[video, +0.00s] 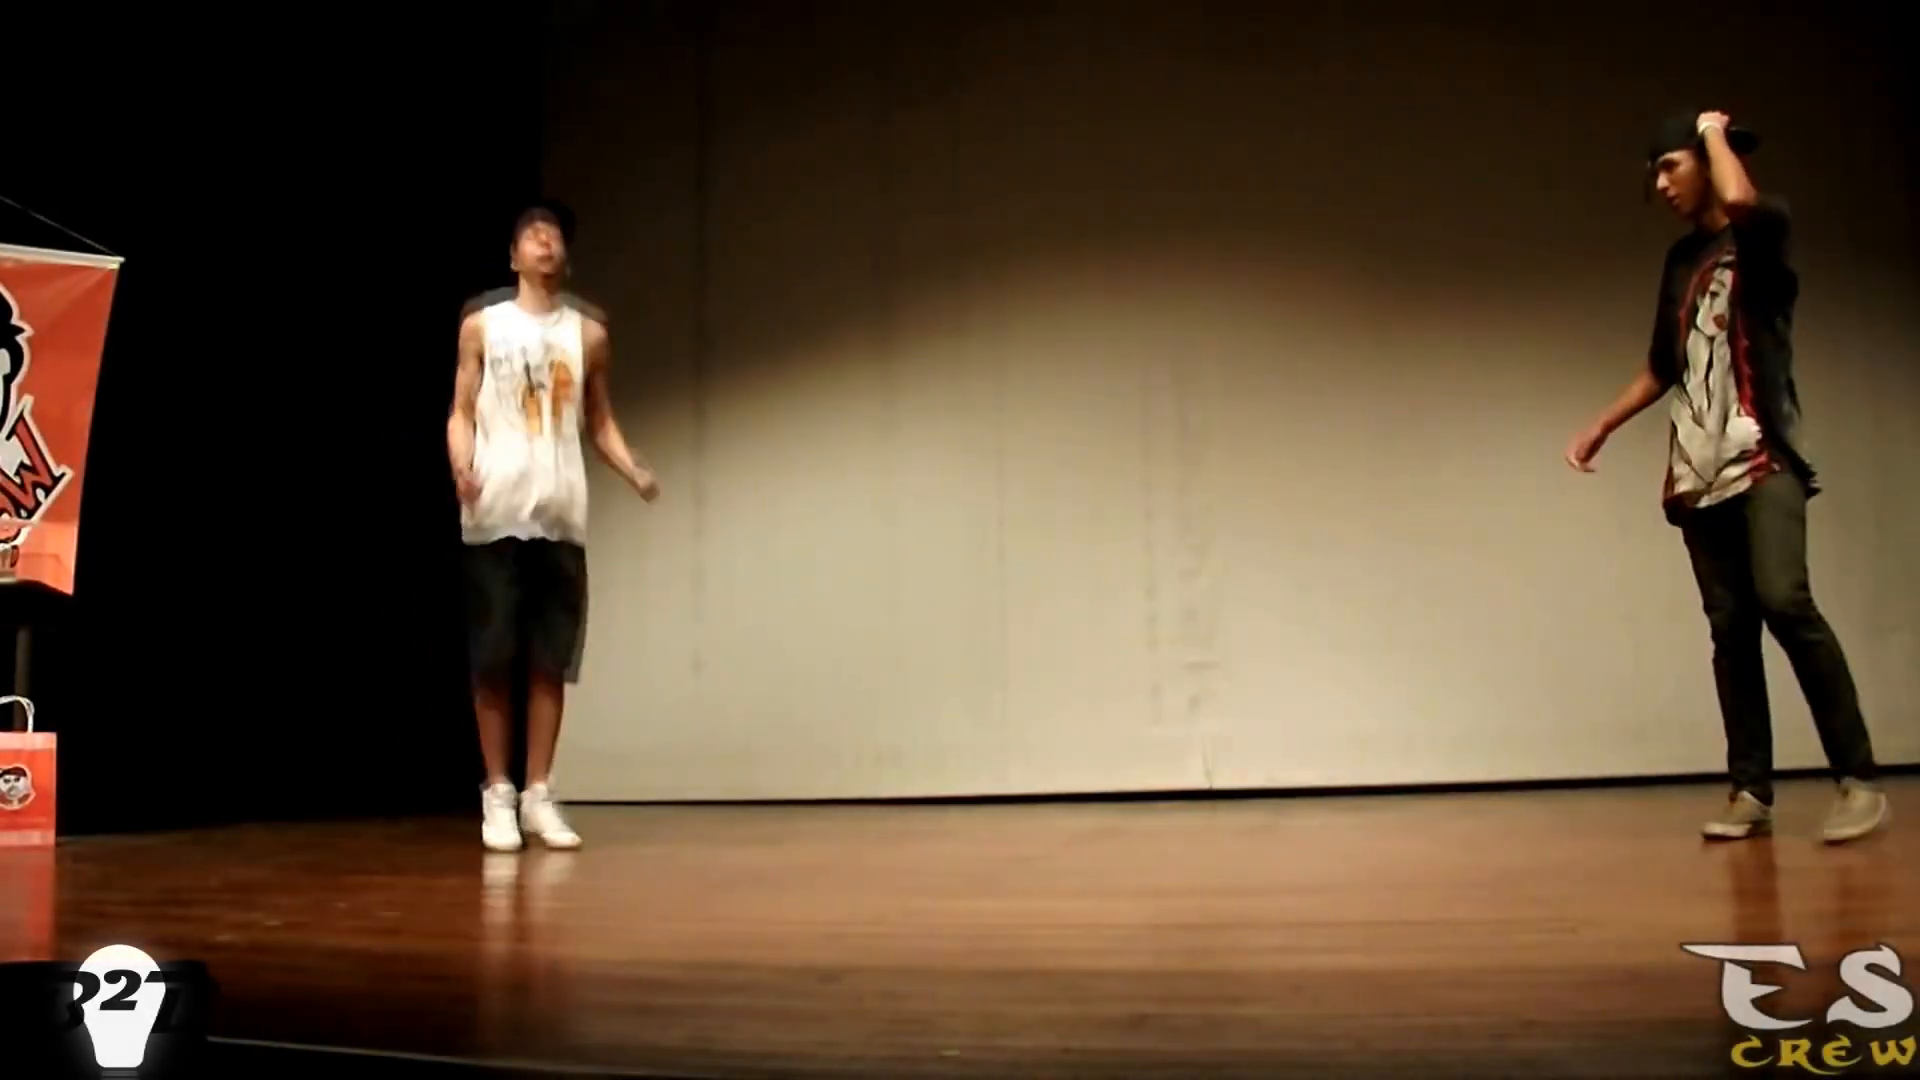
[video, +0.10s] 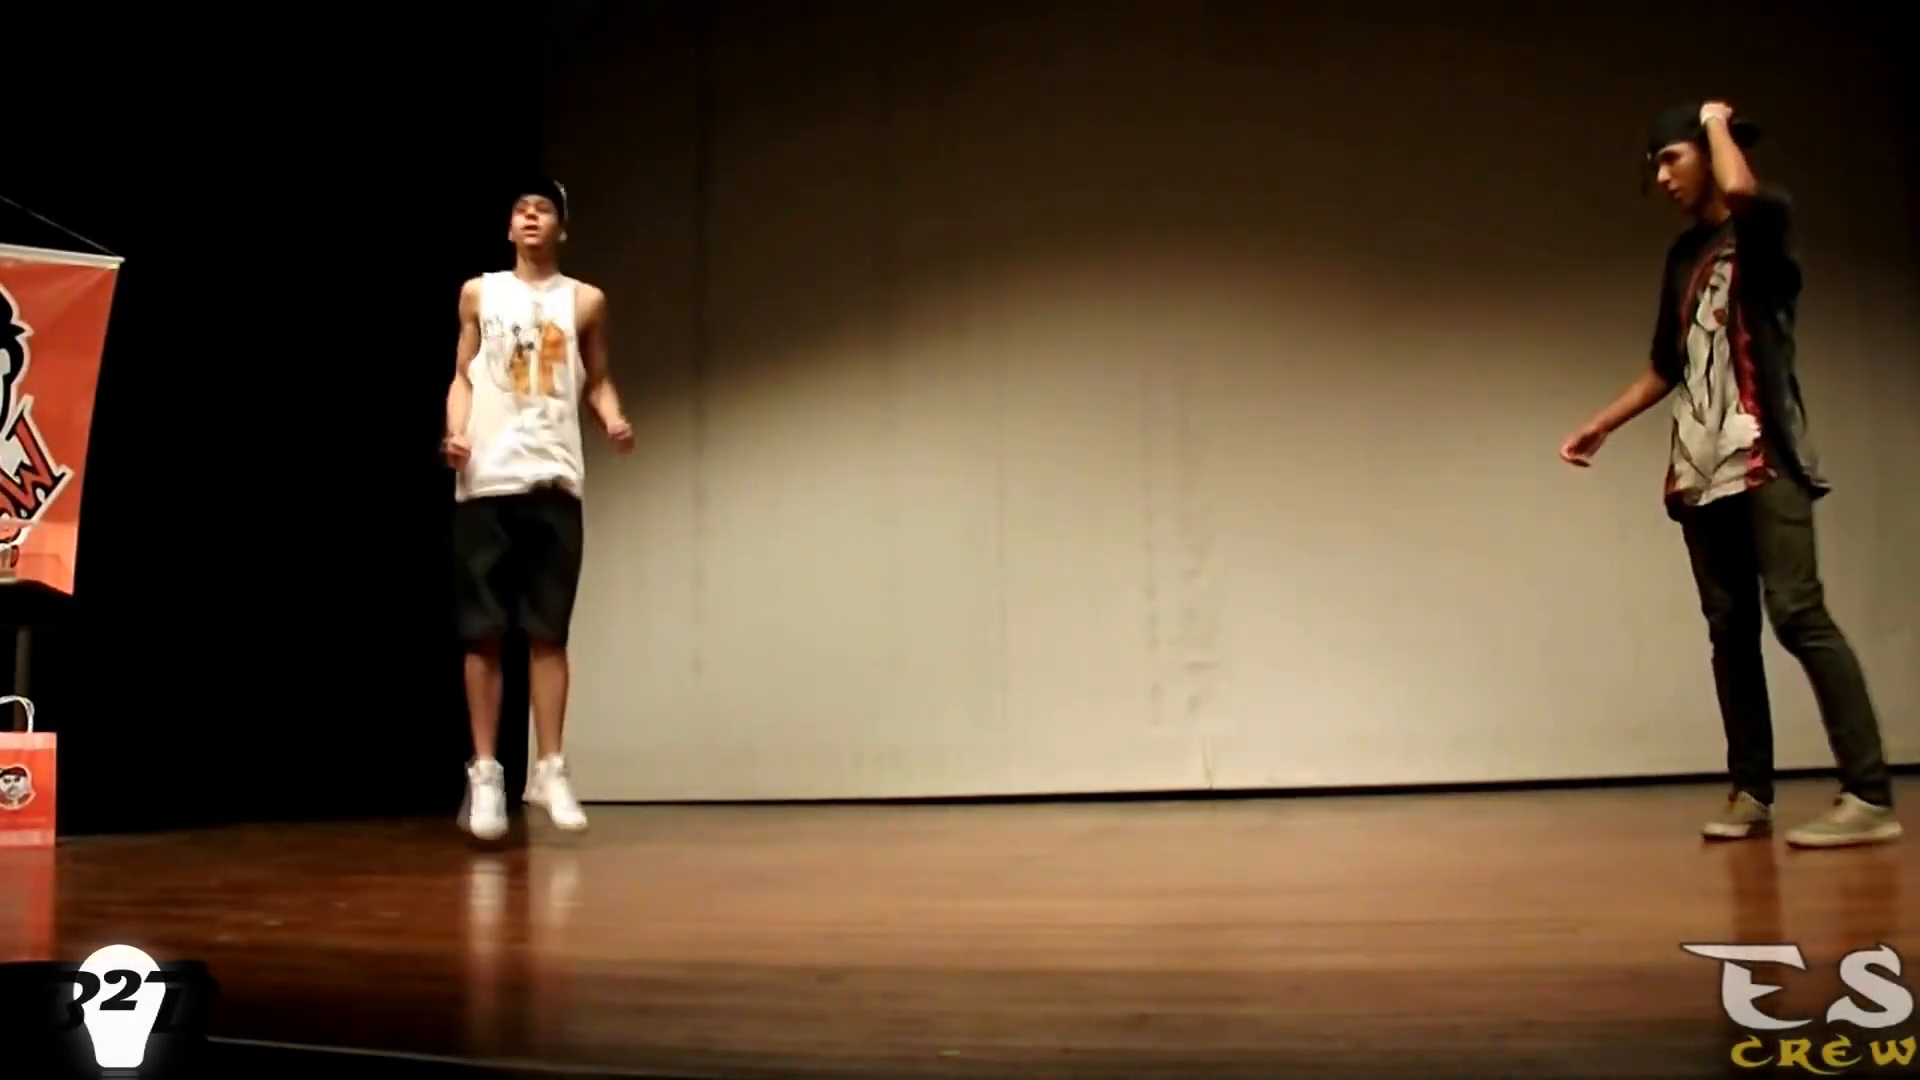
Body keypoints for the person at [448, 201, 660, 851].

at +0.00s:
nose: (545, 245)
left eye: (554, 236)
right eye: (534, 236)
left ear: (566, 253)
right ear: (514, 251)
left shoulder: (589, 332)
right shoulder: (481, 325)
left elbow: (600, 420)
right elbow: (462, 410)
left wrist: (633, 470)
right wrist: (463, 465)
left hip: (560, 520)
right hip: (492, 519)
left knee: (551, 666)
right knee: (493, 665)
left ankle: (538, 797)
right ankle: (498, 796)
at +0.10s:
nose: (530, 219)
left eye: (542, 211)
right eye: (522, 210)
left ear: (561, 228)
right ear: (508, 225)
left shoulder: (585, 300)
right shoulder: (479, 294)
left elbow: (599, 379)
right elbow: (462, 377)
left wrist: (613, 416)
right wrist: (456, 430)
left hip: (553, 483)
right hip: (484, 483)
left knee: (549, 634)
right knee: (482, 635)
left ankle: (550, 770)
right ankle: (484, 775)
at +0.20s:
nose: (522, 226)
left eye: (535, 218)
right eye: (516, 216)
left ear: (554, 232)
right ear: (504, 227)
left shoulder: (579, 307)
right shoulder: (473, 303)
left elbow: (602, 387)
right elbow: (460, 387)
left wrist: (616, 416)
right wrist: (440, 442)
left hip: (550, 489)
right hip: (480, 490)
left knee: (551, 636)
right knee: (474, 638)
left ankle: (554, 773)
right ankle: (472, 774)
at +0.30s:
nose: (515, 267)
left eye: (528, 258)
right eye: (507, 255)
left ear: (546, 269)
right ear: (495, 264)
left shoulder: (574, 345)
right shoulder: (467, 345)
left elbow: (601, 424)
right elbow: (454, 430)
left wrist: (611, 439)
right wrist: (427, 466)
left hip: (545, 523)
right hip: (475, 524)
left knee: (552, 668)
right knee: (461, 671)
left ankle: (554, 798)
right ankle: (462, 800)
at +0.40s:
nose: (511, 279)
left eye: (523, 268)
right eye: (503, 267)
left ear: (543, 274)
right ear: (491, 271)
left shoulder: (569, 342)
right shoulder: (465, 342)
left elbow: (593, 434)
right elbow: (447, 431)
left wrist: (553, 410)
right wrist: (443, 431)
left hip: (541, 531)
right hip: (471, 530)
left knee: (550, 666)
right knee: (461, 666)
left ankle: (551, 796)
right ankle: (464, 797)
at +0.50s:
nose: (515, 281)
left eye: (526, 270)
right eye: (506, 269)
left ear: (543, 269)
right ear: (492, 266)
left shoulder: (567, 330)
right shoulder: (464, 326)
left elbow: (583, 421)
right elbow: (443, 415)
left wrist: (531, 400)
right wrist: (482, 398)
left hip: (541, 505)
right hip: (472, 505)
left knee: (552, 648)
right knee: (456, 650)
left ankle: (559, 777)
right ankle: (445, 786)